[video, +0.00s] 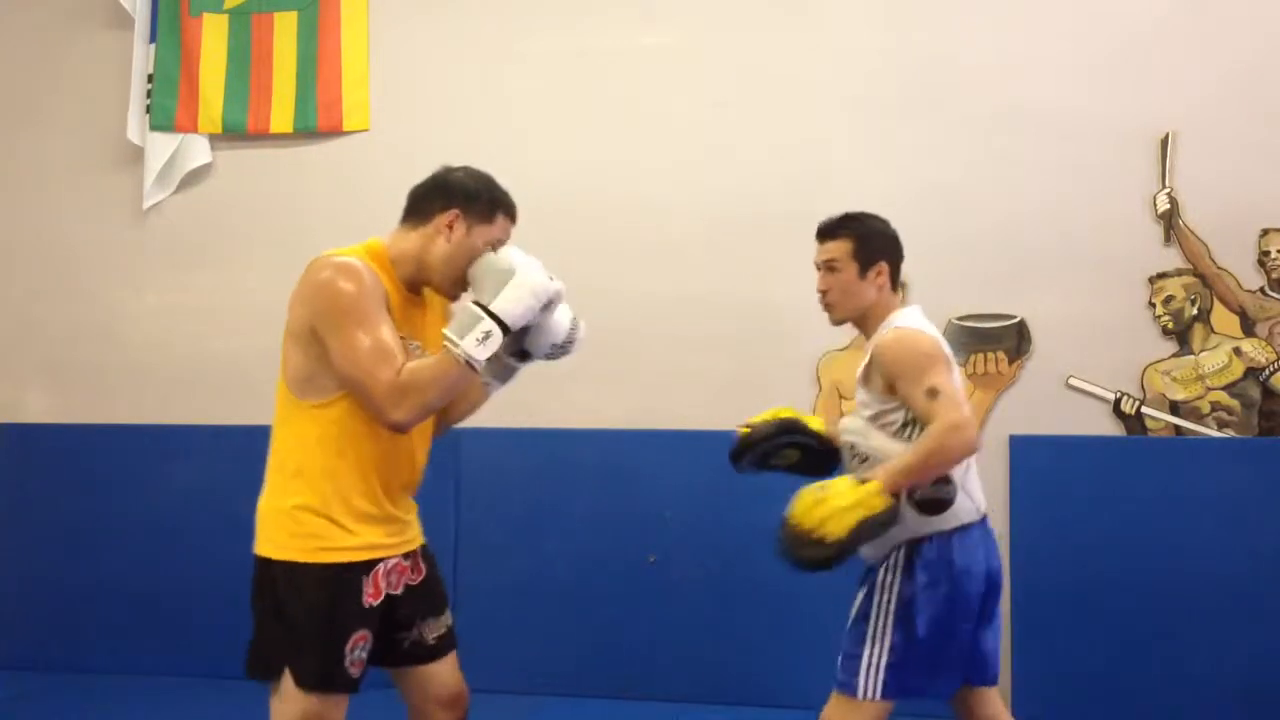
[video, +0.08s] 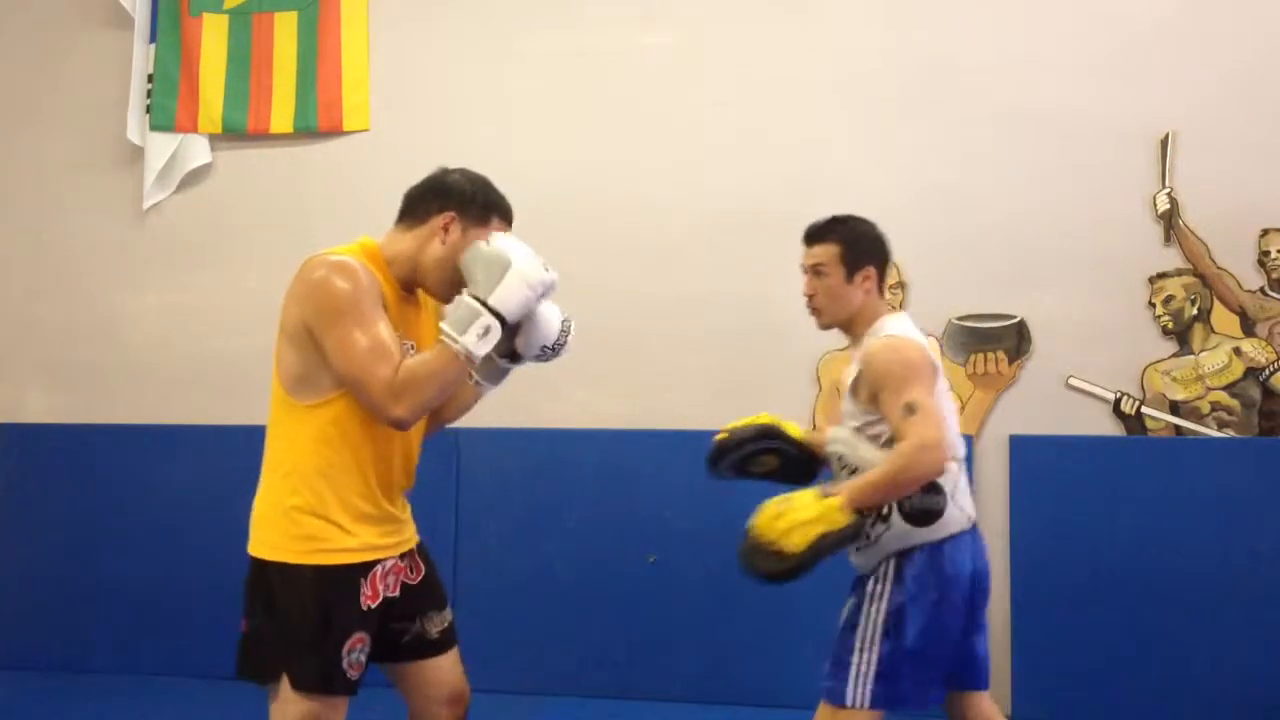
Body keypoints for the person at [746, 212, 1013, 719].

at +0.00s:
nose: (819, 285)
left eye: (831, 269)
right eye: (819, 270)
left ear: (878, 276)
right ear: (874, 280)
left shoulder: (901, 342)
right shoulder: (896, 338)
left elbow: (958, 432)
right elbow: (903, 435)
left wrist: (872, 488)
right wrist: (825, 438)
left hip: (919, 555)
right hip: (964, 545)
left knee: (853, 707)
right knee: (978, 698)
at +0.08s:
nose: (806, 289)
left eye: (818, 274)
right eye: (805, 274)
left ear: (866, 280)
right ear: (863, 284)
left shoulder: (891, 351)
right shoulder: (890, 344)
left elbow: (930, 450)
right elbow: (876, 446)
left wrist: (836, 503)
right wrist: (798, 444)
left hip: (911, 559)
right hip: (952, 550)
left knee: (846, 710)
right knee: (970, 701)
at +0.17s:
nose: (785, 291)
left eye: (797, 275)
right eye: (785, 275)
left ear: (845, 281)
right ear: (841, 285)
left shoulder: (875, 353)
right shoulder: (841, 358)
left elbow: (900, 462)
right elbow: (846, 443)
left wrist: (802, 505)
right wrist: (779, 443)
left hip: (908, 553)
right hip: (940, 545)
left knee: (840, 709)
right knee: (962, 695)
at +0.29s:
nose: (754, 301)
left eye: (767, 284)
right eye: (754, 285)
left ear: (816, 290)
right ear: (814, 294)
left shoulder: (845, 362)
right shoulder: (853, 343)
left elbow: (857, 480)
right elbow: (841, 446)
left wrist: (754, 511)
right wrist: (764, 446)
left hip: (903, 562)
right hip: (943, 546)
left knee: (832, 710)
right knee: (961, 697)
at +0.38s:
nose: (745, 310)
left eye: (757, 294)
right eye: (745, 295)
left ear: (806, 298)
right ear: (805, 303)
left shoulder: (840, 370)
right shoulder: (844, 349)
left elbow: (836, 488)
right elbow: (823, 446)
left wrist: (728, 511)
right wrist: (749, 452)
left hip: (902, 566)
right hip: (939, 551)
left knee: (826, 712)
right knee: (960, 699)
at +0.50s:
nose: (754, 303)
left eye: (764, 287)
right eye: (753, 288)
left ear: (812, 290)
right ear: (812, 294)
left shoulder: (846, 359)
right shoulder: (851, 344)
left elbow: (848, 475)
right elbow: (837, 445)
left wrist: (742, 487)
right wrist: (757, 439)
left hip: (905, 558)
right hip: (941, 543)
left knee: (839, 709)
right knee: (964, 695)